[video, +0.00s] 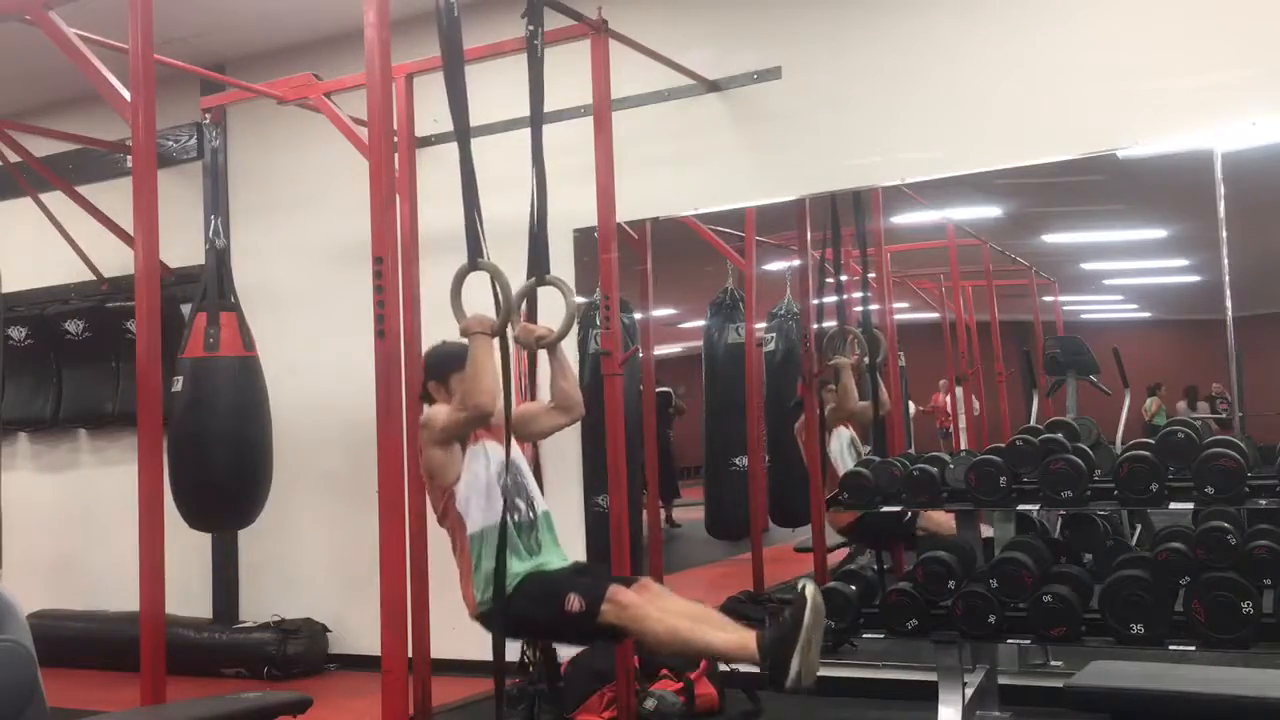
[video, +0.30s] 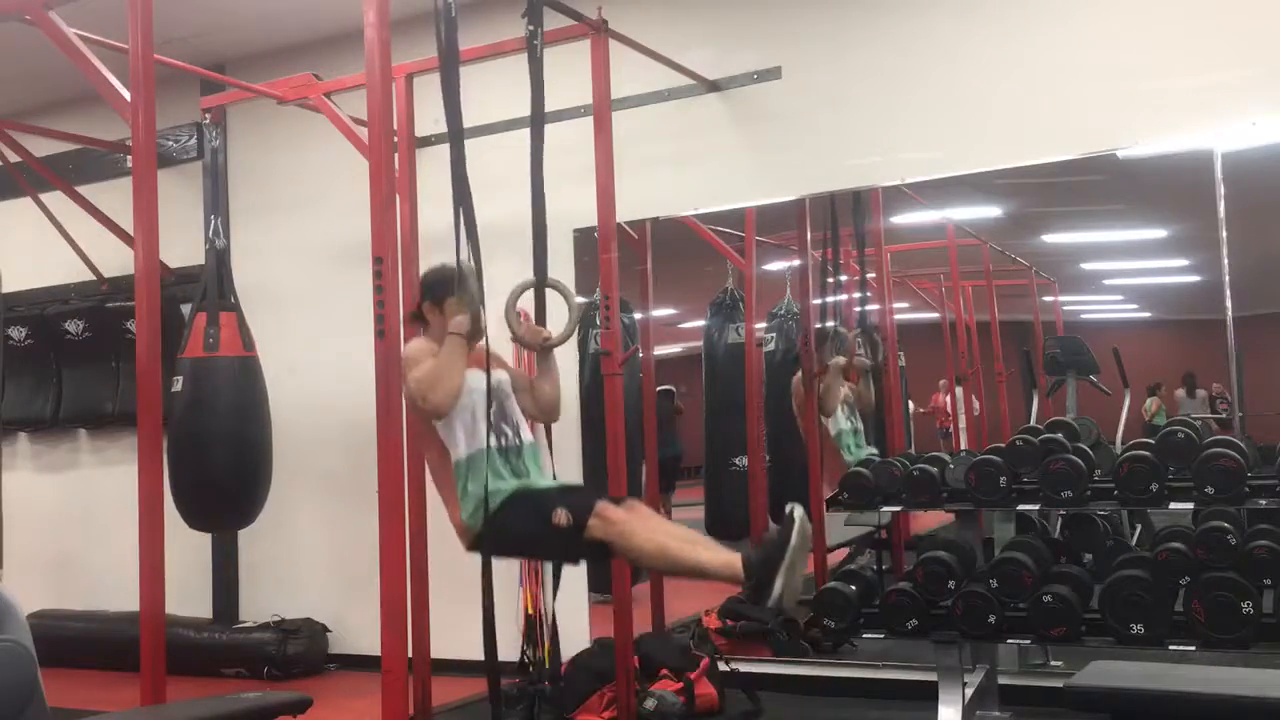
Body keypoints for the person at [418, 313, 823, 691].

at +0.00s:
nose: (473, 388)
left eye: (472, 379)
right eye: (460, 380)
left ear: (469, 383)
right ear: (436, 391)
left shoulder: (499, 425)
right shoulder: (432, 428)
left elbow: (568, 406)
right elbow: (480, 405)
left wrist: (552, 344)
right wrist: (480, 338)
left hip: (550, 569)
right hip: (504, 589)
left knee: (648, 590)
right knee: (622, 605)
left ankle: (768, 644)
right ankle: (764, 653)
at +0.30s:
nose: (465, 319)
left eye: (469, 313)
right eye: (456, 312)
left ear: (474, 316)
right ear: (432, 314)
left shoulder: (489, 360)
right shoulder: (418, 353)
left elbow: (546, 411)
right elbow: (437, 401)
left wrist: (541, 351)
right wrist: (457, 332)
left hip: (534, 491)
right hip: (493, 505)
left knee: (634, 511)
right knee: (608, 518)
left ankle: (754, 564)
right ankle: (747, 570)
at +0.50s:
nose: (494, 271)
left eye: (497, 261)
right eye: (483, 261)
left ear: (494, 262)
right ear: (452, 262)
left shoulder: (489, 311)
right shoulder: (422, 307)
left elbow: (518, 385)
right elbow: (401, 369)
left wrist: (530, 354)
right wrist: (440, 333)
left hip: (514, 445)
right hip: (472, 458)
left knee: (618, 470)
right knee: (592, 475)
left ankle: (740, 539)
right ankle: (728, 533)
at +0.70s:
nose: (538, 251)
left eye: (540, 240)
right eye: (530, 238)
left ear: (519, 240)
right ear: (492, 233)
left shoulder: (518, 290)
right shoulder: (443, 277)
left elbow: (520, 334)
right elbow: (354, 304)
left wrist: (529, 340)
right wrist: (421, 321)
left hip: (500, 418)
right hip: (451, 424)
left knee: (600, 448)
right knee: (580, 455)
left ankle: (707, 523)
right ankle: (705, 523)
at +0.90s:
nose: (576, 265)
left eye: (580, 255)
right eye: (568, 252)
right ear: (532, 247)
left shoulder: (546, 298)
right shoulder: (480, 274)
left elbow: (545, 334)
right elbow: (404, 267)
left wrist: (547, 342)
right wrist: (426, 318)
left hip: (487, 411)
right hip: (438, 411)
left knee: (573, 471)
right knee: (549, 475)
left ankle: (659, 572)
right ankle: (652, 577)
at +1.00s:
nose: (592, 269)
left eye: (594, 257)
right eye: (583, 256)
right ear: (547, 253)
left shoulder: (559, 296)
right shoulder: (492, 276)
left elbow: (549, 323)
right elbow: (408, 243)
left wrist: (554, 338)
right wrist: (422, 312)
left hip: (492, 416)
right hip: (439, 414)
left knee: (562, 494)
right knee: (532, 499)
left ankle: (621, 622)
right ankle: (617, 622)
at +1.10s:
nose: (603, 266)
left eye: (605, 255)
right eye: (593, 253)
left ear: (568, 257)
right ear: (557, 254)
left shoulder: (572, 301)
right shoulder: (503, 279)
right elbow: (422, 236)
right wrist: (416, 303)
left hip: (498, 421)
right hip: (442, 415)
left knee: (548, 519)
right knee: (518, 520)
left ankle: (584, 653)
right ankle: (570, 656)